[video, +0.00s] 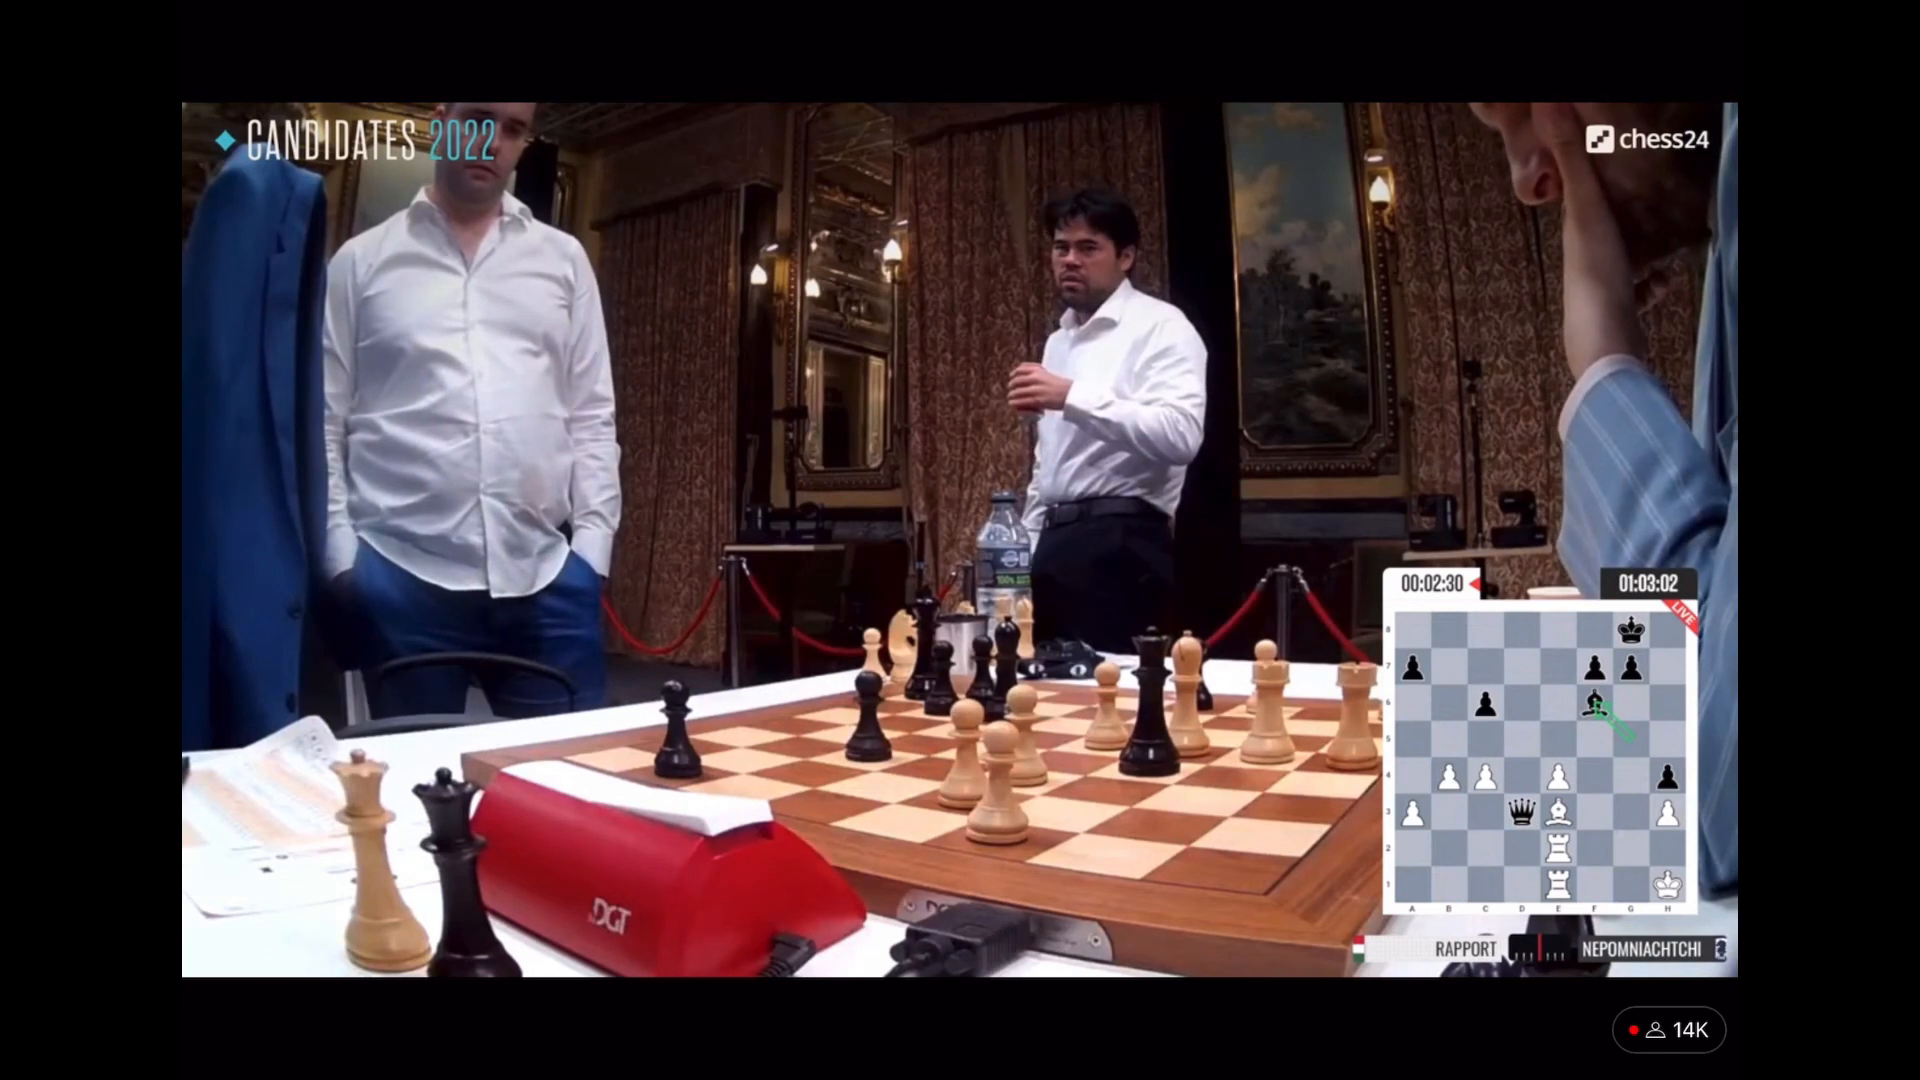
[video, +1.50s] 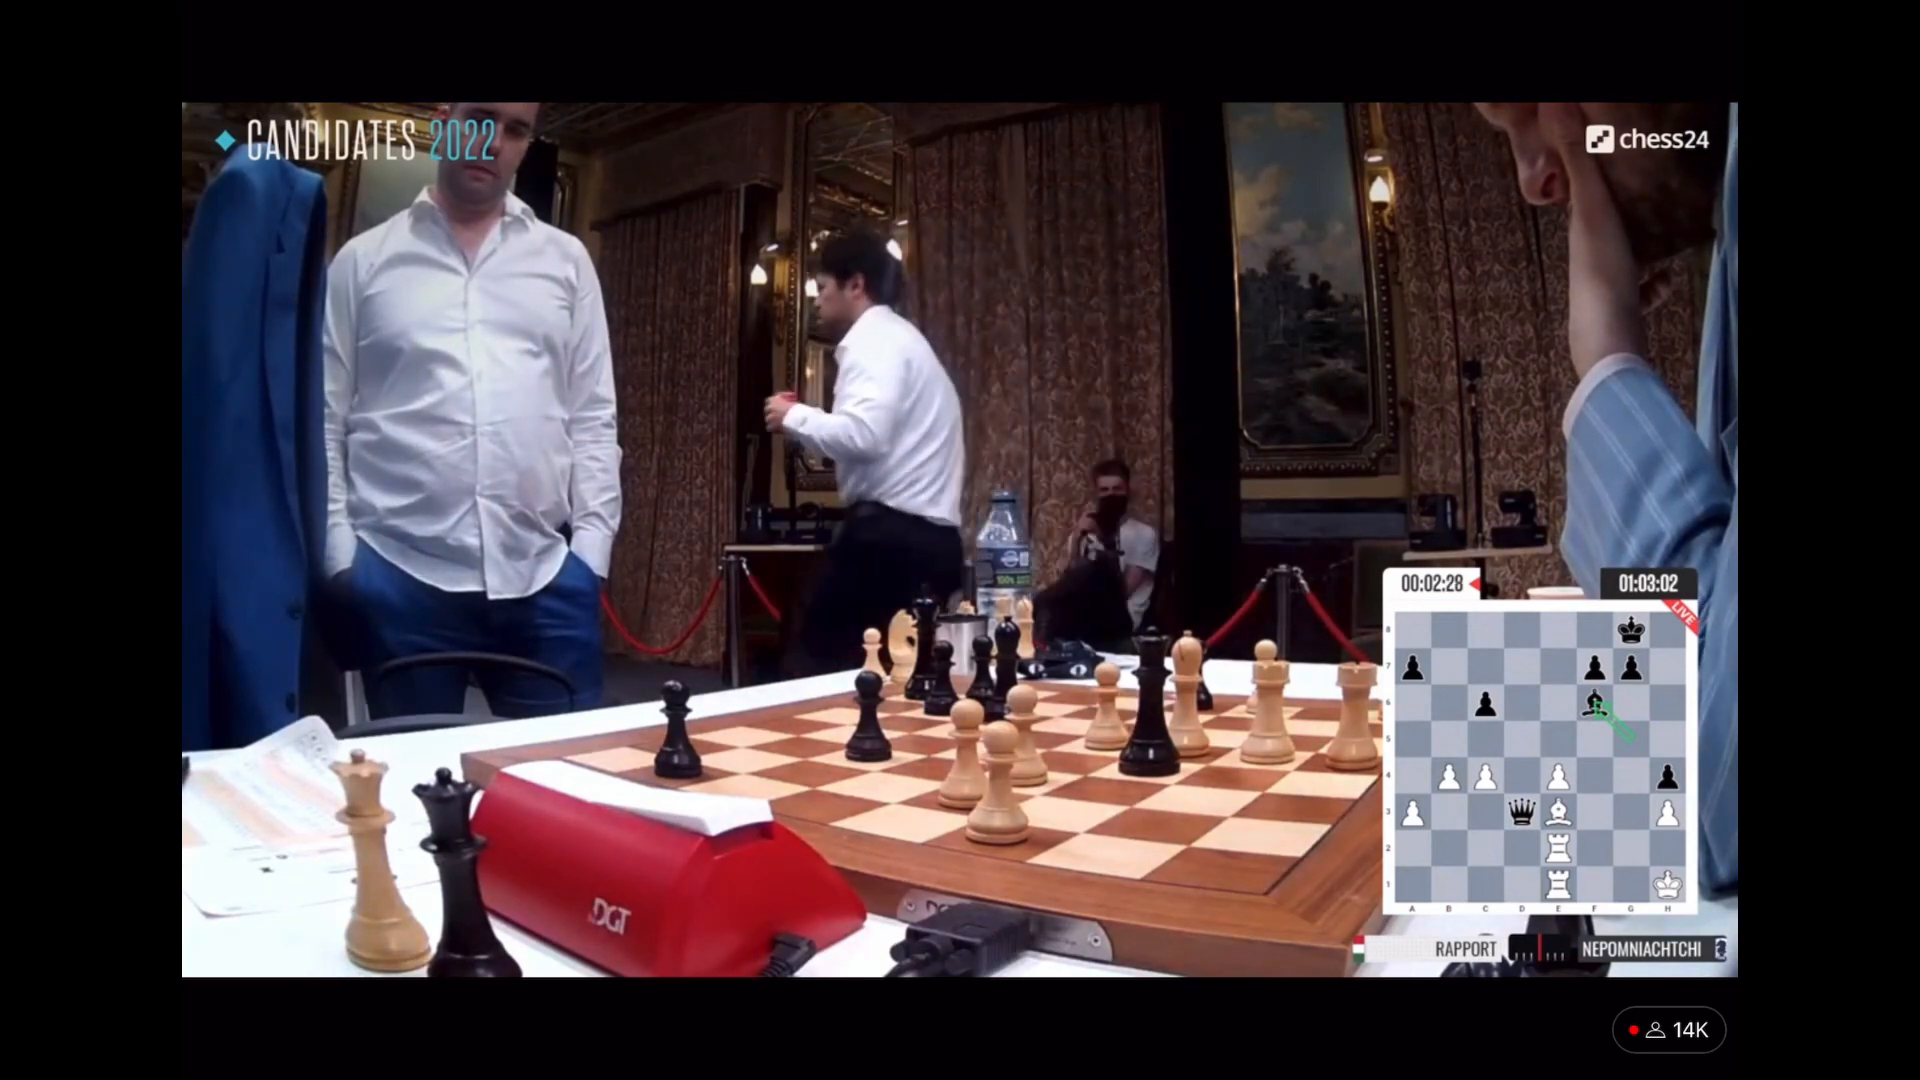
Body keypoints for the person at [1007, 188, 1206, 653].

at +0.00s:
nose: (1070, 261)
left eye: (1088, 248)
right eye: (1062, 247)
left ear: (1125, 258)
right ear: (1051, 254)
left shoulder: (1165, 328)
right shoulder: (1059, 342)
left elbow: (1180, 435)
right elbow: (1048, 458)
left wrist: (1071, 394)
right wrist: (1029, 539)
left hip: (1124, 535)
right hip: (1058, 534)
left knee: (1120, 695)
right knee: (1058, 695)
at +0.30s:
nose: (1072, 261)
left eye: (1089, 248)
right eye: (1064, 248)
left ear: (1127, 258)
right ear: (1053, 254)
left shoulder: (1167, 328)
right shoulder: (1061, 344)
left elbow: (1182, 436)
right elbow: (1051, 461)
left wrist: (1073, 395)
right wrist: (1030, 539)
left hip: (1125, 535)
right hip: (1059, 535)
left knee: (1121, 696)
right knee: (1059, 695)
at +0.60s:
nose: (1068, 261)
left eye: (1085, 249)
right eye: (1060, 248)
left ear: (1124, 259)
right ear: (1050, 254)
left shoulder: (1162, 329)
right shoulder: (1058, 343)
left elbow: (1176, 439)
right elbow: (1049, 463)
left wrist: (1068, 397)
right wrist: (1029, 537)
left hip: (1123, 536)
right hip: (1057, 535)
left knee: (1121, 696)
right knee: (1060, 696)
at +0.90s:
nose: (1016, 266)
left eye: (1031, 253)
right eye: (1014, 254)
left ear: (1077, 261)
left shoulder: (1119, 333)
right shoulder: (1035, 338)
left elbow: (1125, 442)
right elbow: (1051, 445)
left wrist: (1018, 406)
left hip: (1092, 539)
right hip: (1040, 532)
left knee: (1092, 695)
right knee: (1044, 693)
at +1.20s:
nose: (926, 289)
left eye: (936, 275)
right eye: (926, 278)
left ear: (981, 276)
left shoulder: (1021, 344)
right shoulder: (976, 348)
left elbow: (1009, 449)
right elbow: (979, 447)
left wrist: (920, 414)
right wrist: (917, 418)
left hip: (1007, 544)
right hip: (972, 537)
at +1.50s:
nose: (818, 301)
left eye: (824, 288)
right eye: (819, 289)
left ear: (856, 287)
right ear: (859, 288)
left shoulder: (876, 337)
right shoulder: (907, 339)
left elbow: (864, 435)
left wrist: (795, 417)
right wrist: (803, 422)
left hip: (887, 538)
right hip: (935, 543)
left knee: (817, 661)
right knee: (908, 676)